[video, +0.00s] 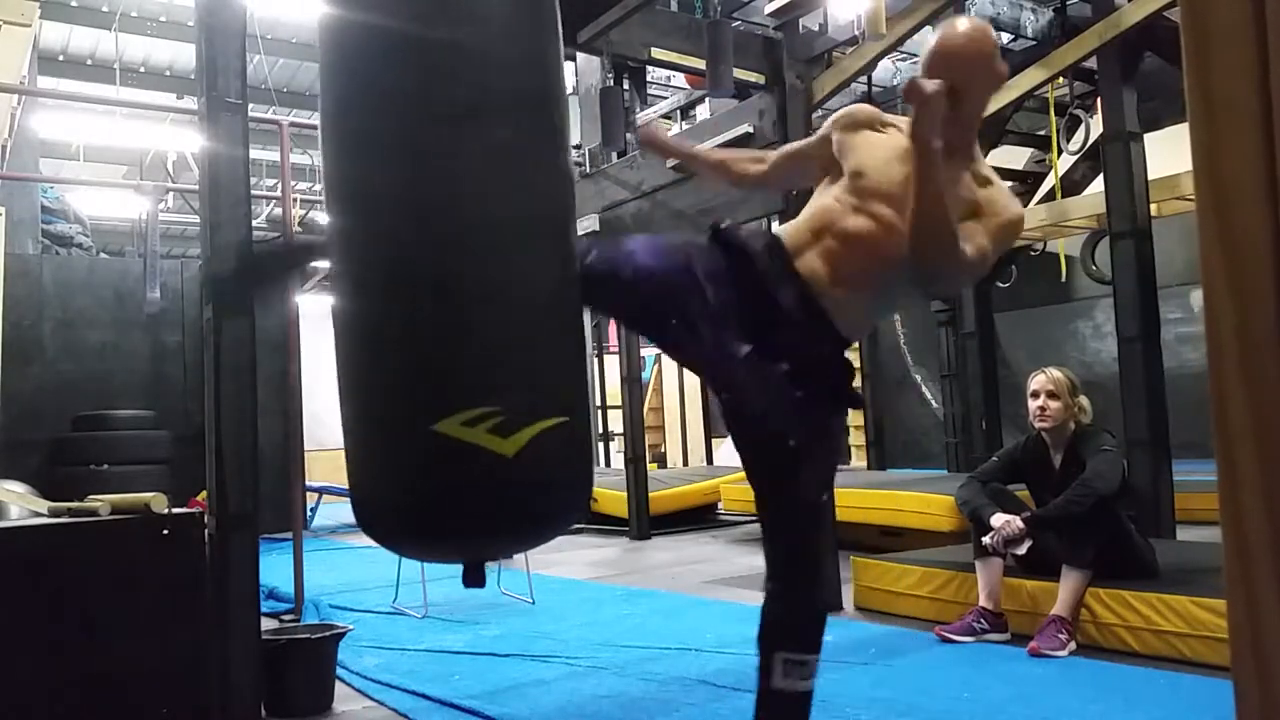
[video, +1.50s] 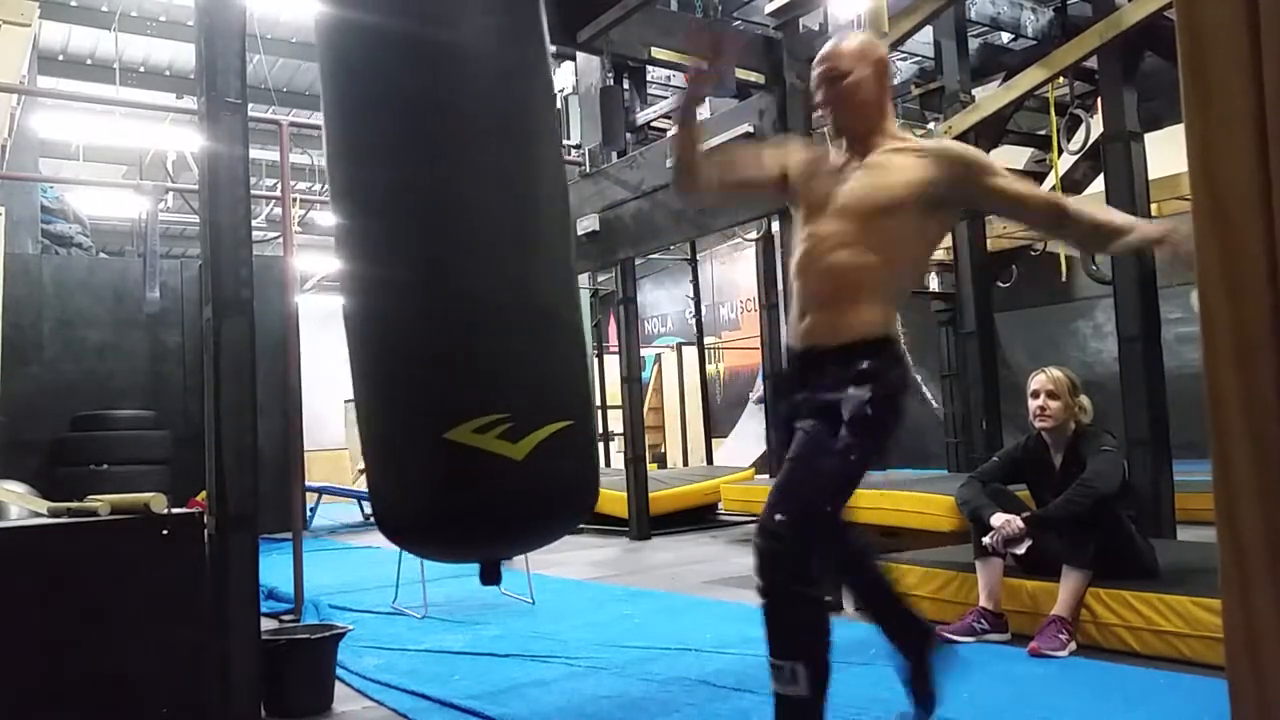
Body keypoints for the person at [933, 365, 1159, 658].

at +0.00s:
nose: (1042, 404)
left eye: (1053, 396)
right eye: (1035, 396)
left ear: (1072, 406)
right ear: (1027, 405)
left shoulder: (1097, 442)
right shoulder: (1027, 449)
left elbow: (1100, 485)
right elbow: (968, 488)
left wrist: (1027, 522)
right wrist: (992, 516)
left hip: (1117, 559)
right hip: (1058, 556)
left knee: (1090, 504)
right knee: (988, 496)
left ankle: (1061, 620)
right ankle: (989, 612)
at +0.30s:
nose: (1041, 404)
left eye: (1052, 396)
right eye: (1035, 396)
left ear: (1072, 406)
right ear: (1027, 405)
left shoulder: (1097, 442)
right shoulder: (1027, 449)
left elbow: (1100, 485)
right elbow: (968, 488)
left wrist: (1027, 522)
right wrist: (992, 517)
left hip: (1117, 559)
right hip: (1058, 556)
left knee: (1089, 503)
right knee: (988, 495)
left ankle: (1061, 620)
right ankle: (989, 612)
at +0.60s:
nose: (1041, 404)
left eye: (1052, 397)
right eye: (1034, 397)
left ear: (1072, 405)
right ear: (1026, 405)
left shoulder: (1098, 442)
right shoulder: (1026, 449)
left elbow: (1099, 485)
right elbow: (967, 487)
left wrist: (1026, 522)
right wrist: (992, 516)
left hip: (1117, 558)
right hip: (1057, 555)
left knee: (1091, 505)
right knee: (989, 496)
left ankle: (1060, 621)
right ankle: (989, 612)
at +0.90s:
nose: (1040, 405)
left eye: (1051, 397)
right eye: (1034, 397)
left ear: (1072, 406)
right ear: (1026, 405)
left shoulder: (1098, 442)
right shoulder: (1026, 449)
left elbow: (1098, 486)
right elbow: (967, 487)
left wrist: (1026, 522)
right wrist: (992, 516)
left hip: (1117, 558)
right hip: (1057, 555)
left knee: (1090, 505)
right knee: (989, 496)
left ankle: (1060, 621)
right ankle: (989, 612)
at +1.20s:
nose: (1041, 404)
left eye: (1052, 397)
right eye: (1034, 397)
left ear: (1073, 406)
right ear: (1027, 405)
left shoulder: (1099, 443)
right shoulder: (1027, 450)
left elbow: (1098, 486)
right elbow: (969, 488)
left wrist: (1027, 522)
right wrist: (993, 516)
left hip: (1119, 559)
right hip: (1058, 556)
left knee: (1090, 505)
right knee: (991, 496)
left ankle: (1061, 621)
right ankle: (990, 612)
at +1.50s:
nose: (1042, 404)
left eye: (1052, 396)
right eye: (1035, 396)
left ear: (1072, 406)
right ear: (1027, 405)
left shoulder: (1098, 443)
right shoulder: (1027, 448)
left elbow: (1100, 486)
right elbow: (967, 488)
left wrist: (1026, 524)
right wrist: (993, 516)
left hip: (1118, 559)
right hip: (1059, 556)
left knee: (1088, 505)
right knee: (989, 496)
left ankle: (1061, 621)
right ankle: (989, 613)